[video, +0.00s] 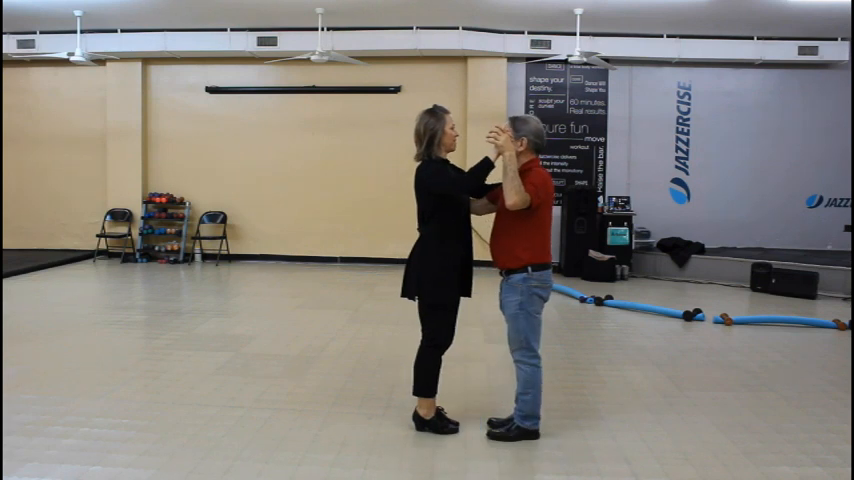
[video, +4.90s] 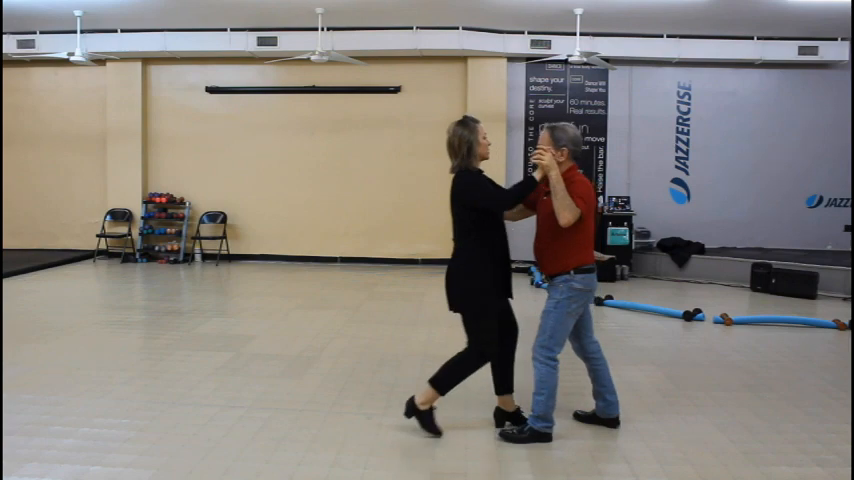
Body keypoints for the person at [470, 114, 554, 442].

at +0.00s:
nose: (501, 142)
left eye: (506, 136)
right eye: (502, 136)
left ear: (521, 143)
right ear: (521, 144)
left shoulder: (538, 176)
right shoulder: (517, 177)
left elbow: (515, 201)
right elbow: (479, 205)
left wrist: (508, 156)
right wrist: (447, 192)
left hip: (529, 277)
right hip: (516, 275)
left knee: (526, 353)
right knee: (521, 352)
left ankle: (527, 423)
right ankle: (522, 416)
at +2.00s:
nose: (507, 142)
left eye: (512, 137)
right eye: (508, 137)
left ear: (527, 144)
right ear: (527, 145)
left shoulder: (544, 176)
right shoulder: (520, 179)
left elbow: (522, 206)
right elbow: (483, 204)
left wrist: (516, 162)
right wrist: (451, 189)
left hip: (531, 277)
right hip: (517, 276)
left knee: (524, 354)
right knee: (519, 353)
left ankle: (527, 422)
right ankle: (522, 416)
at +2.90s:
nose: (487, 148)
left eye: (494, 143)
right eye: (489, 142)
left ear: (513, 149)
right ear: (509, 149)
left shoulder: (527, 181)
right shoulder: (505, 181)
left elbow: (506, 214)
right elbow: (465, 209)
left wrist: (491, 171)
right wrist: (431, 201)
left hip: (514, 278)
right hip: (504, 277)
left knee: (478, 347)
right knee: (510, 347)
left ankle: (484, 424)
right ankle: (525, 416)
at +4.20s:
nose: (510, 143)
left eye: (516, 139)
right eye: (511, 138)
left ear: (533, 146)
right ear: (530, 146)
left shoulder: (549, 180)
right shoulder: (527, 179)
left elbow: (524, 210)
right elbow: (488, 206)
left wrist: (514, 165)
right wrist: (452, 198)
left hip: (543, 278)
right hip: (531, 276)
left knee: (524, 353)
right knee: (531, 347)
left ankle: (527, 426)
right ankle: (557, 407)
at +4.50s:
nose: (533, 156)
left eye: (538, 152)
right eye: (534, 151)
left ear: (558, 156)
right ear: (556, 156)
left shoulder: (577, 186)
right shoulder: (547, 185)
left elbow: (560, 223)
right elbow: (514, 212)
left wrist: (547, 177)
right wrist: (481, 201)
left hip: (569, 283)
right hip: (565, 281)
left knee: (534, 351)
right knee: (582, 346)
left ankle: (528, 425)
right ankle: (607, 411)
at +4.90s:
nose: (536, 153)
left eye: (542, 148)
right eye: (537, 147)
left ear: (562, 153)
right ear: (558, 152)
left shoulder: (579, 183)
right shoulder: (547, 184)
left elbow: (567, 218)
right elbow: (516, 212)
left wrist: (553, 174)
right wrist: (483, 204)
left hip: (573, 279)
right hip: (567, 277)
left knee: (545, 351)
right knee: (587, 346)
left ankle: (540, 425)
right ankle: (608, 411)